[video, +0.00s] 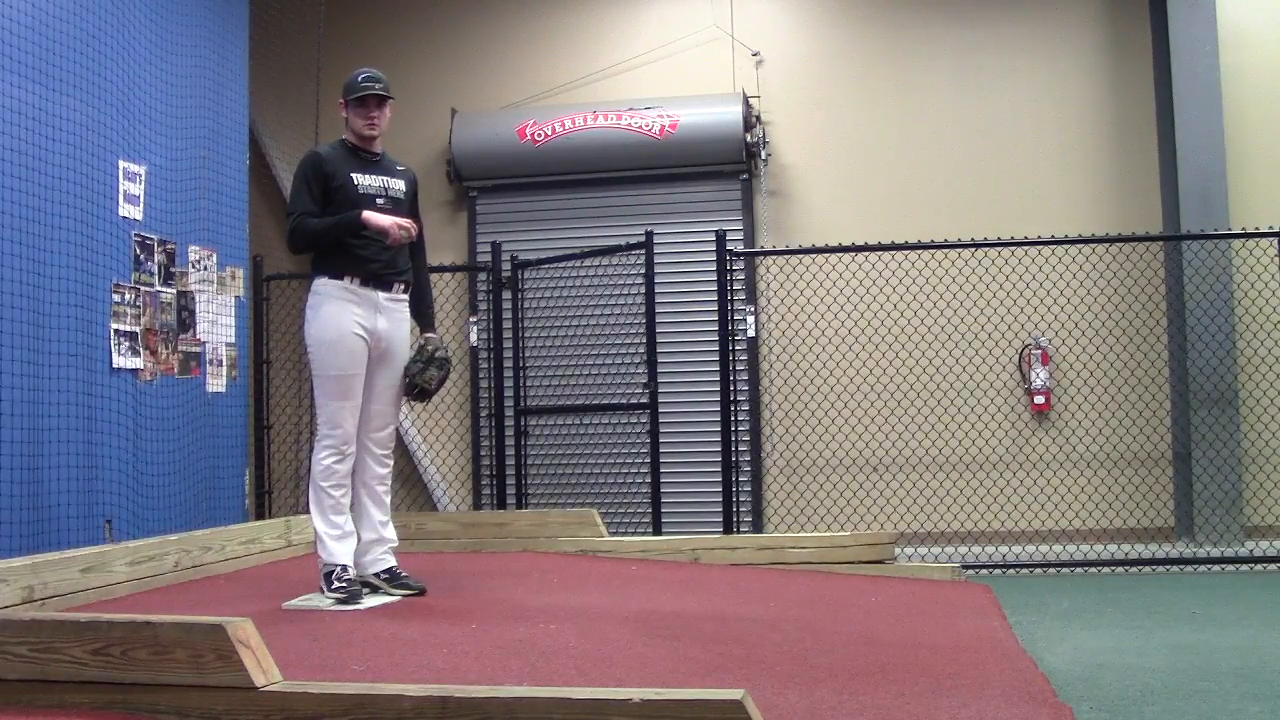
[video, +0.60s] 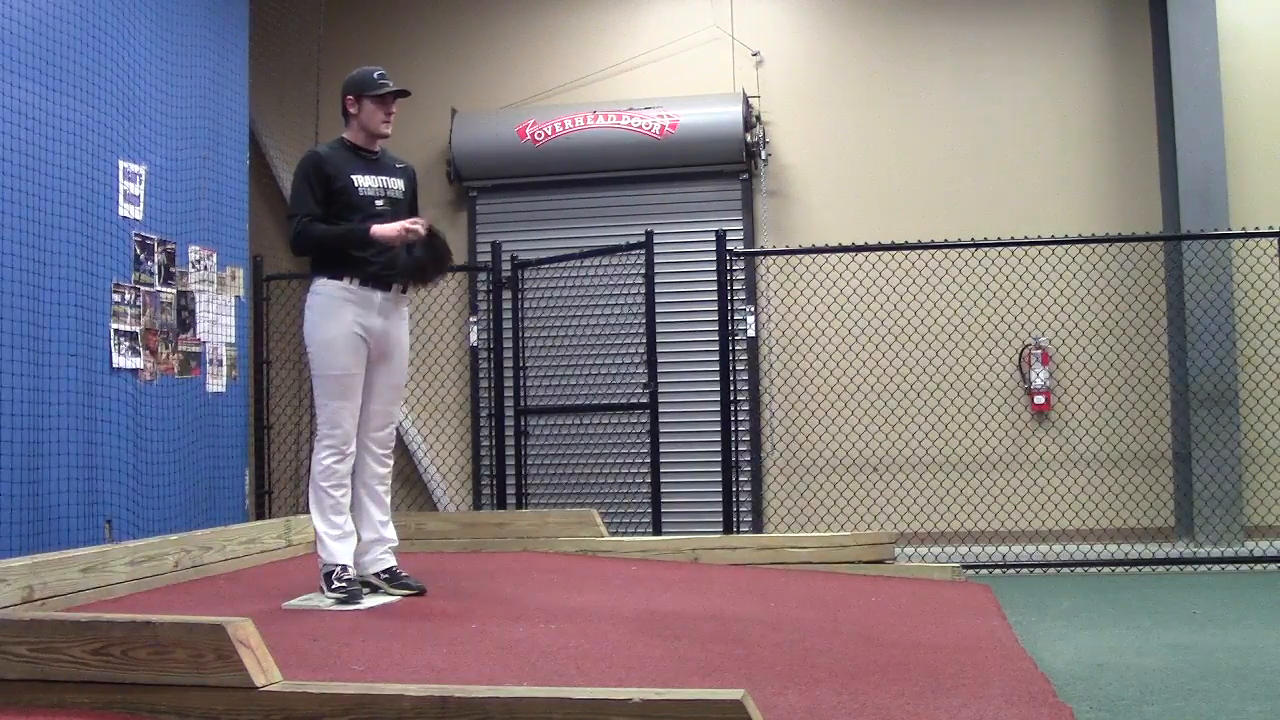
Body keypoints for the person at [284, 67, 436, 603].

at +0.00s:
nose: (373, 113)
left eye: (380, 104)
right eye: (363, 105)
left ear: (390, 111)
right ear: (344, 110)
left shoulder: (403, 176)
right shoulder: (320, 163)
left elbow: (417, 258)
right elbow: (298, 233)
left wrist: (425, 328)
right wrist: (364, 218)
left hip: (395, 310)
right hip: (338, 304)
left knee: (379, 441)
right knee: (338, 438)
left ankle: (377, 561)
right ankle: (336, 564)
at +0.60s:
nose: (391, 111)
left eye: (393, 103)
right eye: (381, 102)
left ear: (392, 110)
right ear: (352, 106)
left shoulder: (403, 172)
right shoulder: (319, 162)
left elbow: (415, 244)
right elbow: (301, 235)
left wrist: (421, 246)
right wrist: (376, 231)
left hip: (392, 308)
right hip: (337, 304)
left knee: (379, 439)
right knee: (338, 437)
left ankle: (376, 561)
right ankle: (336, 565)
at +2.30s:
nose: (395, 125)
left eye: (402, 116)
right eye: (385, 116)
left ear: (411, 121)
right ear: (365, 120)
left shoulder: (422, 166)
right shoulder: (341, 174)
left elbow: (421, 232)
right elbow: (308, 241)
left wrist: (345, 218)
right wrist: (297, 212)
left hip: (417, 311)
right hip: (360, 317)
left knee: (385, 410)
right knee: (361, 435)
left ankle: (415, 544)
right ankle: (379, 568)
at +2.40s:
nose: (391, 125)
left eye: (398, 117)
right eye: (381, 117)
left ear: (408, 121)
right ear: (362, 120)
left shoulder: (417, 163)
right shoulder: (340, 173)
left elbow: (413, 223)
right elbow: (296, 232)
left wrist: (338, 199)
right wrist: (303, 196)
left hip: (420, 298)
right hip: (365, 308)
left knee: (361, 362)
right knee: (368, 427)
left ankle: (379, 515)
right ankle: (381, 566)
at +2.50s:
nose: (385, 126)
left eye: (392, 117)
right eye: (375, 118)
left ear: (403, 120)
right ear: (357, 121)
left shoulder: (415, 159)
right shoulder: (341, 171)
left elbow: (408, 213)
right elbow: (287, 222)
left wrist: (335, 181)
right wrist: (298, 180)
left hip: (427, 294)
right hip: (369, 305)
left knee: (351, 297)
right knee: (369, 440)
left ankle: (351, 442)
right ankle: (380, 566)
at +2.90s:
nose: (395, 134)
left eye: (399, 125)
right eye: (384, 126)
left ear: (405, 128)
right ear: (357, 131)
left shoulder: (413, 168)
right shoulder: (338, 183)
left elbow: (427, 222)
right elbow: (281, 241)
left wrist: (352, 197)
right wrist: (309, 203)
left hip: (444, 305)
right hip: (387, 319)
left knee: (382, 364)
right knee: (364, 439)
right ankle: (375, 567)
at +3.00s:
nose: (395, 159)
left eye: (399, 150)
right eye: (384, 151)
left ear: (404, 153)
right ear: (357, 156)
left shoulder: (412, 195)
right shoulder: (340, 210)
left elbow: (437, 243)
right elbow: (293, 282)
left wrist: (364, 236)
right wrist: (317, 245)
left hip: (454, 331)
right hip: (397, 344)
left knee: (402, 401)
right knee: (363, 444)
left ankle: (403, 544)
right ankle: (376, 566)